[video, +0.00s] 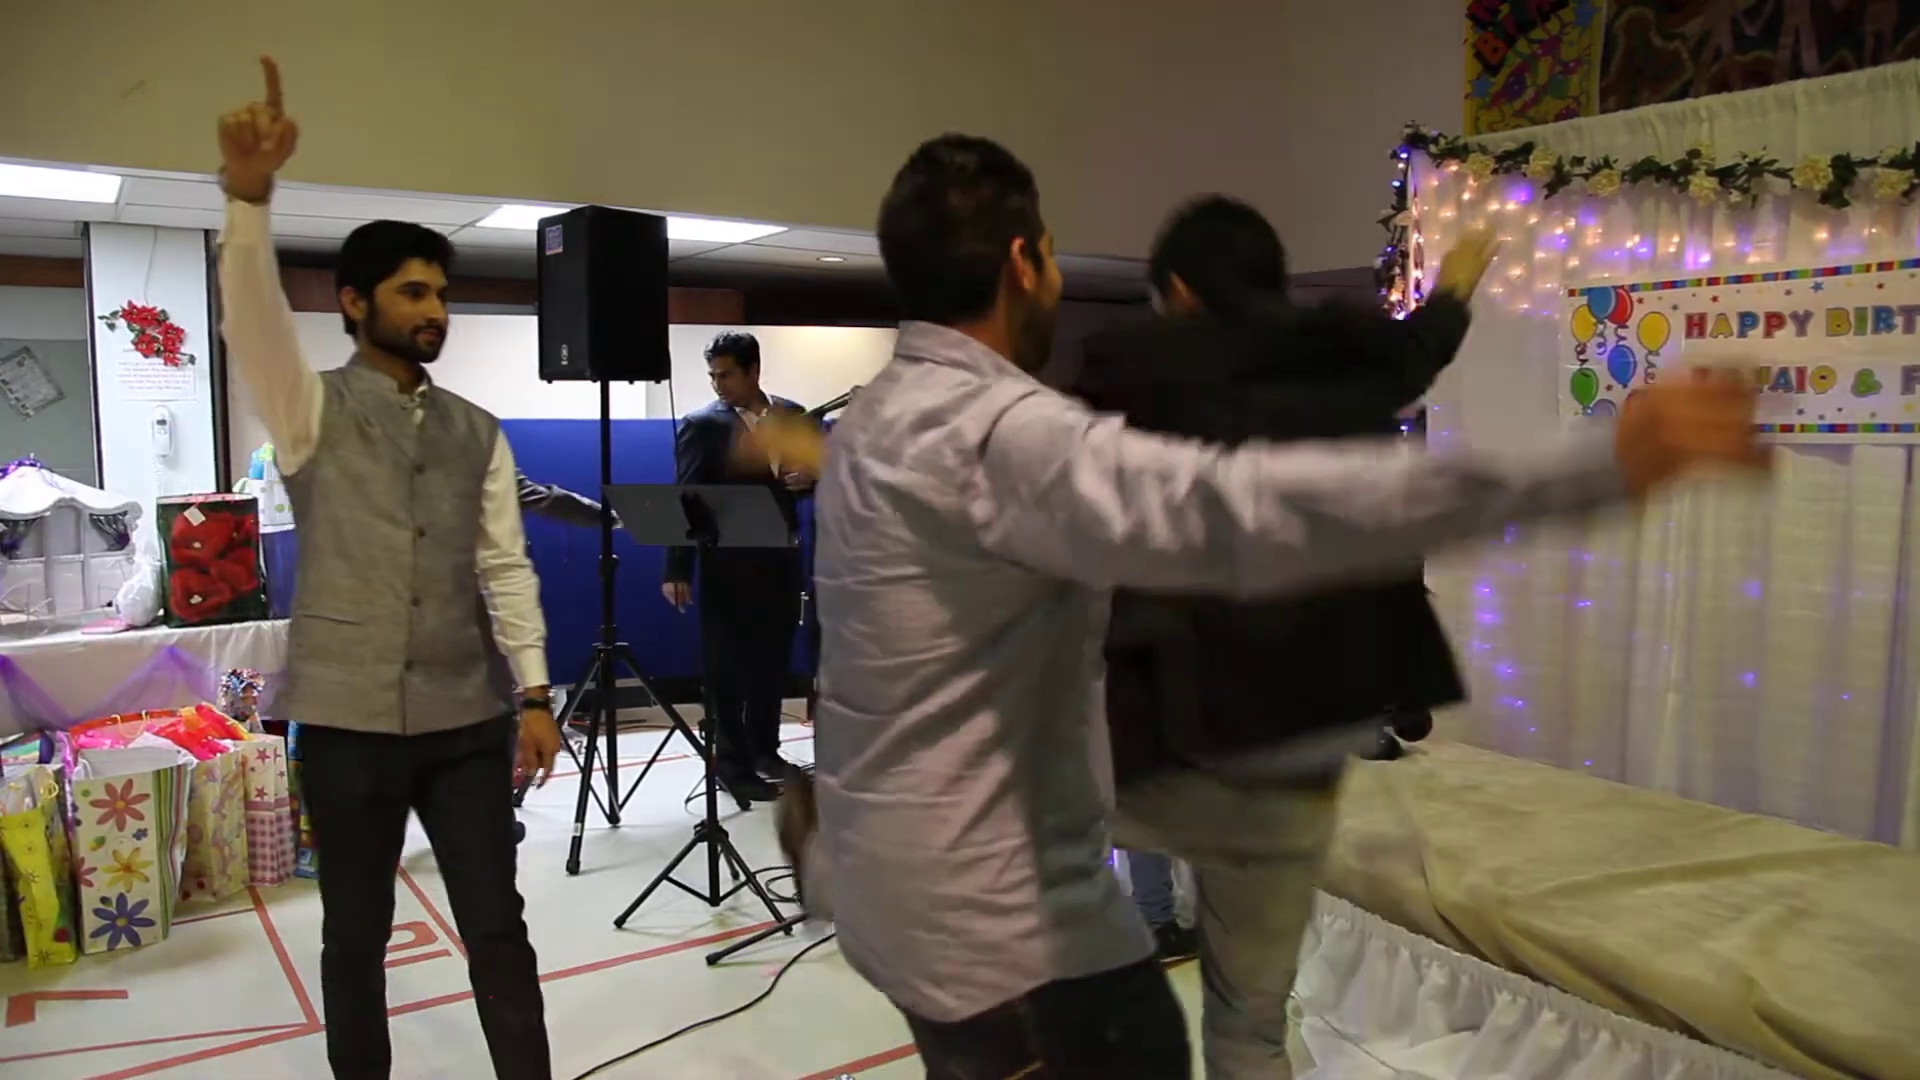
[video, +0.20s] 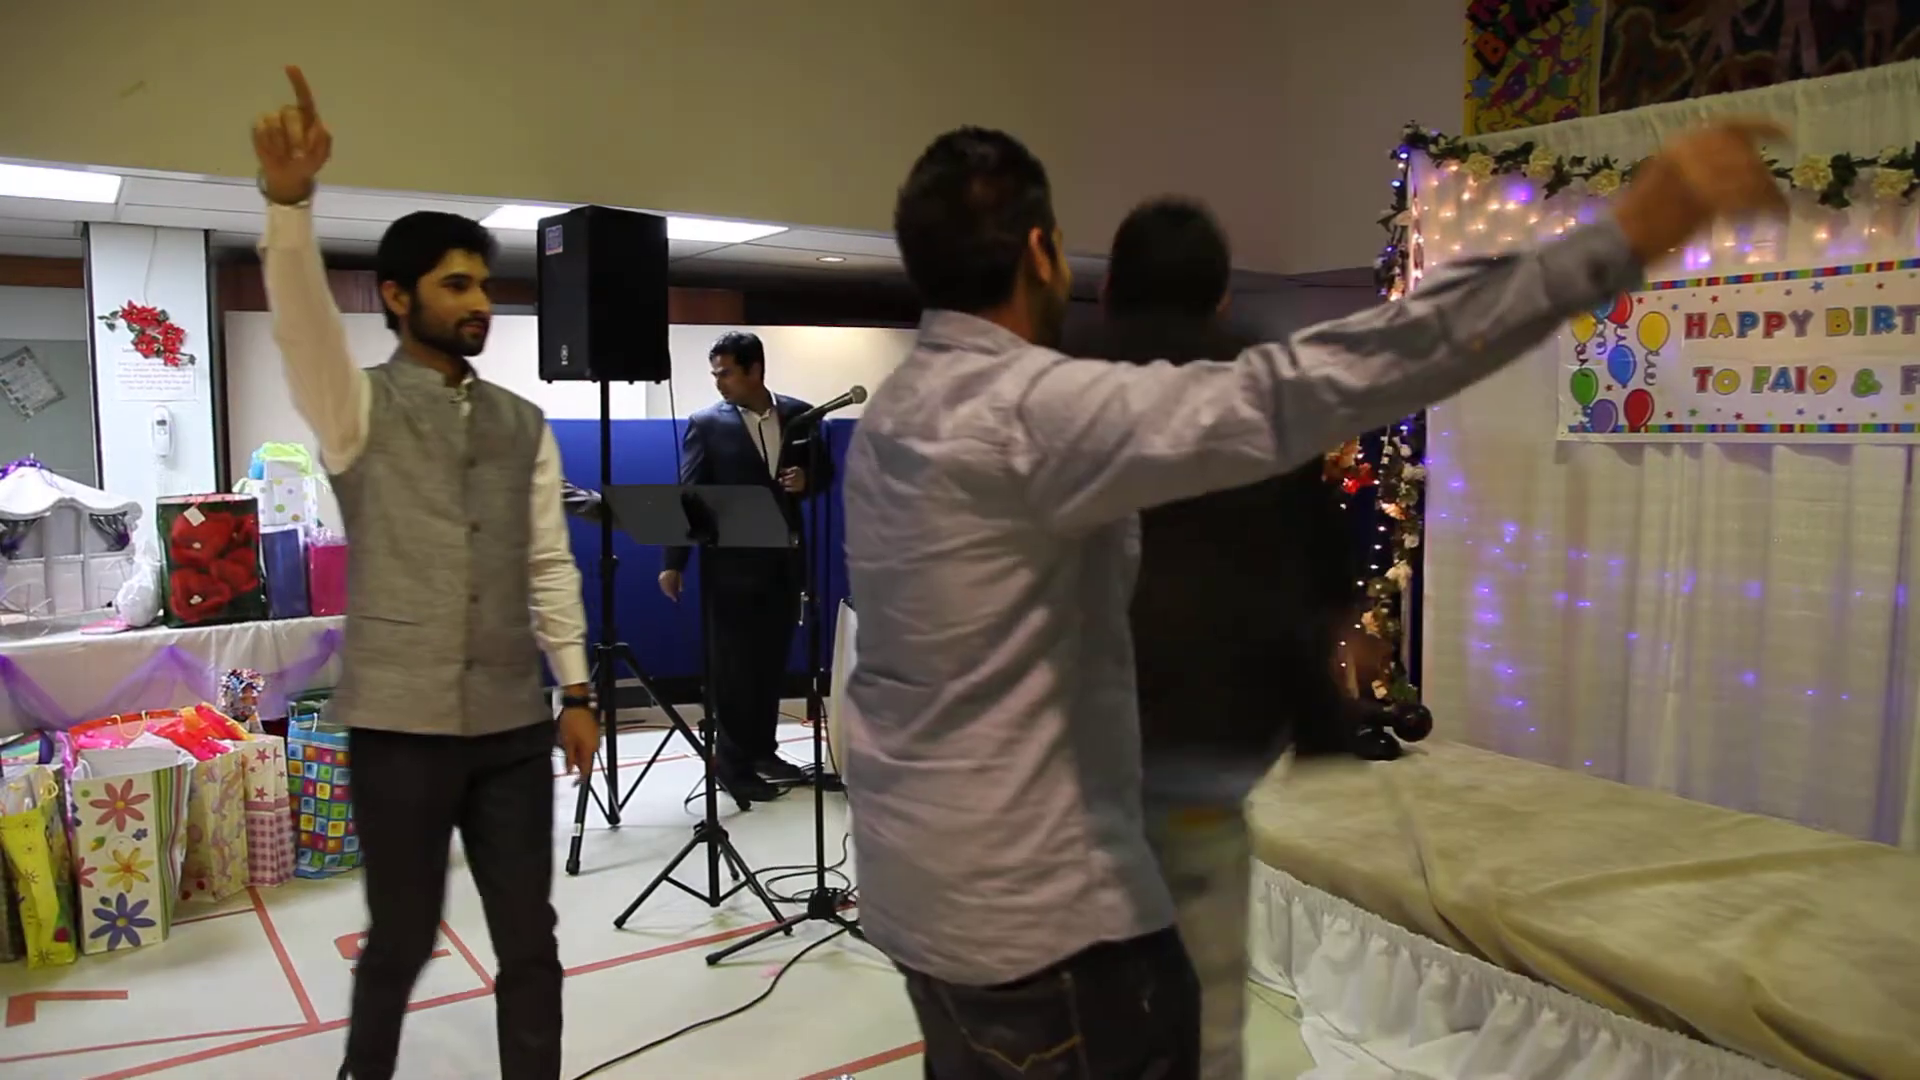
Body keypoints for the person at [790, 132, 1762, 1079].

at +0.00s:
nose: (1064, 280)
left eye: (1064, 256)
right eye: (1054, 254)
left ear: (909, 282)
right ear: (1017, 265)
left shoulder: (889, 412)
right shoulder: (978, 424)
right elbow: (1227, 513)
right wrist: (1607, 468)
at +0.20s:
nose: (1072, 258)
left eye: (1062, 235)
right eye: (1064, 236)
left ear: (921, 269)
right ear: (1039, 255)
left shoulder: (894, 412)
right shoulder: (1026, 413)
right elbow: (1292, 392)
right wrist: (1620, 239)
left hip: (926, 893)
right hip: (1036, 910)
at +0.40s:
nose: (1121, 297)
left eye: (1116, 271)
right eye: (1110, 273)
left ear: (965, 300)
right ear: (1071, 281)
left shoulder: (931, 445)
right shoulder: (1082, 425)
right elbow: (1341, 390)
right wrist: (1596, 185)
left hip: (979, 923)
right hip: (1104, 924)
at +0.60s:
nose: (1182, 291)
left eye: (1176, 265)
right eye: (1170, 265)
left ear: (1032, 280)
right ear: (1125, 265)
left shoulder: (956, 440)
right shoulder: (1152, 394)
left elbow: (899, 553)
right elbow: (1403, 334)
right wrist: (1625, 138)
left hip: (1016, 896)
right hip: (1164, 904)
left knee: (1044, 1066)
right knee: (1239, 1059)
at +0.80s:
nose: (1264, 305)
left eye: (1259, 280)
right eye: (1257, 279)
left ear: (1125, 276)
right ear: (1217, 277)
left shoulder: (1018, 435)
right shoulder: (1260, 381)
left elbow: (909, 568)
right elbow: (1493, 300)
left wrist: (1038, 528)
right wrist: (1682, 87)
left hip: (1077, 882)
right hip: (1247, 880)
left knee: (1079, 1078)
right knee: (1314, 1075)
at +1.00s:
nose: (1366, 306)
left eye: (1359, 286)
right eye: (1363, 286)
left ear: (1227, 299)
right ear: (1345, 298)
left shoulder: (1128, 458)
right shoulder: (1418, 415)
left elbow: (1003, 586)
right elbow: (1645, 334)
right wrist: (1737, 120)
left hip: (1202, 914)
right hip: (1395, 913)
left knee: (1163, 1072)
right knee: (1406, 1073)